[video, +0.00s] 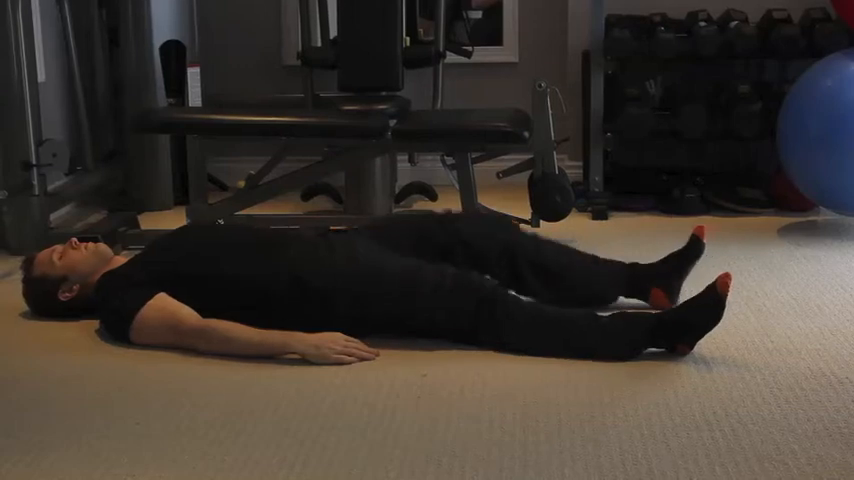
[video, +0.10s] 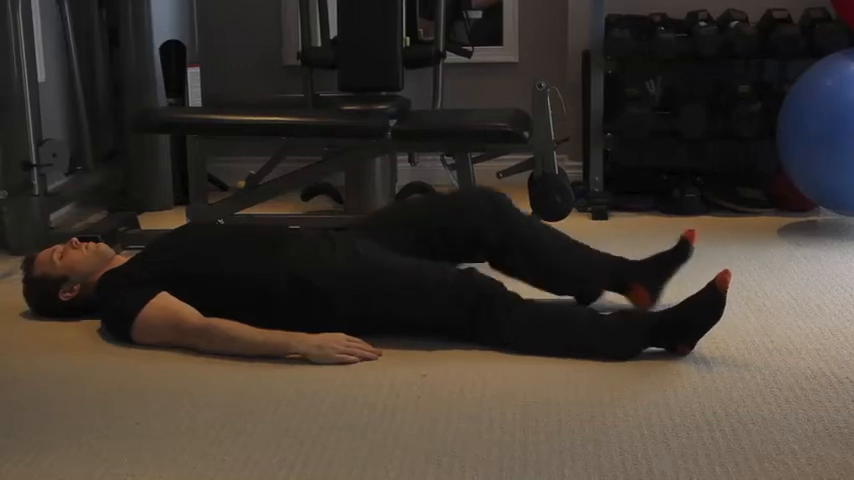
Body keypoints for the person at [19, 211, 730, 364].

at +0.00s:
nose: (72, 244)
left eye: (64, 243)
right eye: (61, 260)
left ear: (85, 239)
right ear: (71, 291)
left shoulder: (156, 246)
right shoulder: (118, 295)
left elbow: (254, 243)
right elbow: (198, 333)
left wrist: (333, 226)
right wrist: (297, 344)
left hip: (353, 236)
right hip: (332, 280)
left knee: (489, 233)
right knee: (479, 302)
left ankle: (636, 284)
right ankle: (656, 335)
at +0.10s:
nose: (69, 245)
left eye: (60, 244)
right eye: (58, 259)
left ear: (86, 246)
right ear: (70, 290)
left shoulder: (153, 250)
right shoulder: (120, 295)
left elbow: (248, 252)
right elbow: (197, 332)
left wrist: (325, 239)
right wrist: (298, 343)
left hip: (351, 237)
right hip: (328, 280)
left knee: (476, 210)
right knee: (477, 300)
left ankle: (627, 279)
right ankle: (653, 335)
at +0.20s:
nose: (72, 243)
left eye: (63, 243)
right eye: (61, 258)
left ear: (88, 242)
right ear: (73, 288)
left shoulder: (155, 247)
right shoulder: (122, 292)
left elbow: (253, 247)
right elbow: (196, 330)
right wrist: (304, 342)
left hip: (354, 235)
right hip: (335, 282)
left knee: (461, 181)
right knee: (478, 289)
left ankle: (599, 270)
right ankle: (657, 333)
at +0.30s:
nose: (80, 241)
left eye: (71, 239)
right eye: (68, 255)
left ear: (90, 244)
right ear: (74, 285)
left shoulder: (153, 246)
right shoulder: (127, 297)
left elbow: (249, 235)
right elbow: (206, 331)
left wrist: (319, 218)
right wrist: (311, 345)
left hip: (343, 226)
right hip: (330, 276)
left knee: (435, 152)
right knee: (472, 258)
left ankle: (563, 253)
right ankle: (641, 326)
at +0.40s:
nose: (83, 236)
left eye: (73, 237)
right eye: (70, 249)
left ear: (89, 245)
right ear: (74, 282)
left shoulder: (150, 251)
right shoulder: (127, 296)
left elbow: (244, 240)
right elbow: (208, 335)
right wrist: (307, 346)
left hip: (340, 233)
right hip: (330, 284)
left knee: (417, 136)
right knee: (464, 218)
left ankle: (546, 236)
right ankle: (618, 310)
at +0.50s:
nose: (81, 239)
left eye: (72, 239)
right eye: (68, 255)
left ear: (91, 242)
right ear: (77, 287)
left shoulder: (150, 251)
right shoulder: (128, 298)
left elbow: (243, 247)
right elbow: (209, 335)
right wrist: (312, 344)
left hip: (330, 242)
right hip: (325, 288)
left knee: (395, 129)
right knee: (441, 193)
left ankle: (530, 213)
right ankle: (585, 286)